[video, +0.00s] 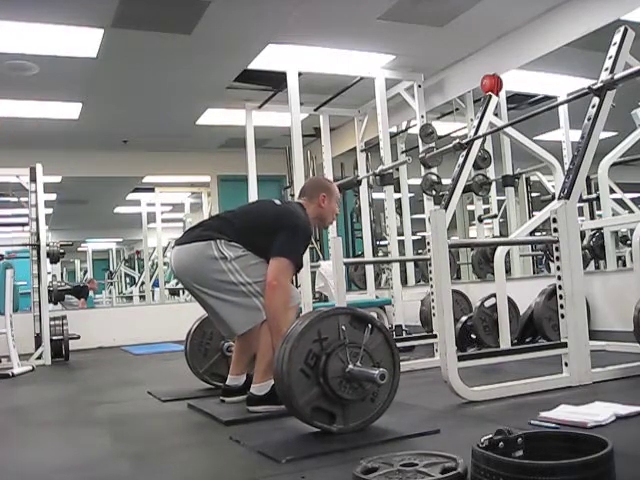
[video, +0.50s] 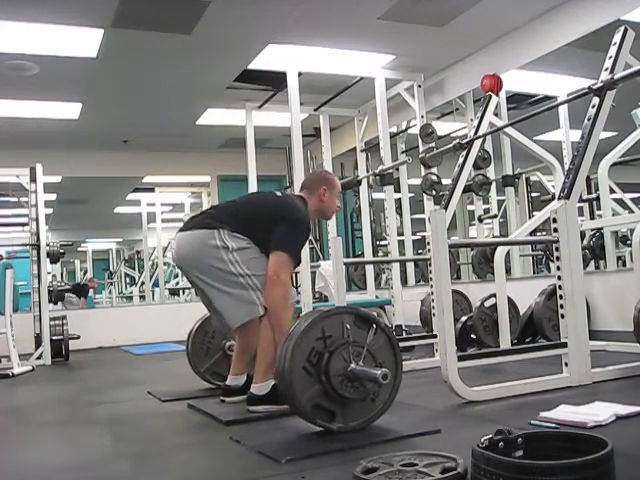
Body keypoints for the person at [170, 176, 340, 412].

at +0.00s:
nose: (337, 211)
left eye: (338, 204)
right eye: (336, 203)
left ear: (312, 199)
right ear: (322, 200)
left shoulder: (281, 213)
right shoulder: (297, 222)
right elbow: (275, 283)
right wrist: (284, 355)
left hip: (185, 252)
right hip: (209, 250)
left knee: (257, 308)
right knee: (286, 302)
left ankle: (235, 383)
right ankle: (262, 390)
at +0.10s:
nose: (336, 208)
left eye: (337, 201)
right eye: (334, 200)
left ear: (304, 197)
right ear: (320, 197)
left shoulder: (280, 212)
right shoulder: (297, 221)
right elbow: (277, 283)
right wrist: (284, 355)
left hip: (186, 253)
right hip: (209, 250)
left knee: (258, 309)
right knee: (285, 304)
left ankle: (235, 383)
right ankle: (262, 390)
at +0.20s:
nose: (336, 207)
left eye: (337, 200)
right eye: (334, 199)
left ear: (302, 196)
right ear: (320, 197)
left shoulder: (280, 211)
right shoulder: (297, 221)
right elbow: (277, 283)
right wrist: (285, 355)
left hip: (186, 253)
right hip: (209, 251)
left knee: (259, 308)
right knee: (285, 304)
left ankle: (235, 383)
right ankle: (262, 390)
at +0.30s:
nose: (336, 207)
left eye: (337, 200)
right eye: (334, 199)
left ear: (303, 196)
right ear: (320, 197)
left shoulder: (279, 211)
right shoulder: (297, 220)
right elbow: (277, 283)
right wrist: (285, 355)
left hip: (186, 252)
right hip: (210, 250)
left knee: (258, 309)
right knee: (285, 304)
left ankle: (235, 383)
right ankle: (263, 390)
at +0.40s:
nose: (337, 205)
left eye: (338, 197)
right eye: (335, 196)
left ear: (304, 193)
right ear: (321, 194)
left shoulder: (281, 208)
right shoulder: (296, 217)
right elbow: (277, 280)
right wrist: (286, 353)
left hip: (186, 246)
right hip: (210, 244)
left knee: (254, 311)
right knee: (282, 305)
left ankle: (235, 383)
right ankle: (263, 390)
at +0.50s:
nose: (339, 205)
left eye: (339, 198)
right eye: (337, 196)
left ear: (307, 192)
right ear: (322, 193)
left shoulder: (281, 206)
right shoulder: (297, 216)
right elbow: (277, 277)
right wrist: (287, 351)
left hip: (187, 240)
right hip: (210, 239)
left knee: (252, 309)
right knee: (278, 303)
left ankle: (235, 382)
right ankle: (263, 390)